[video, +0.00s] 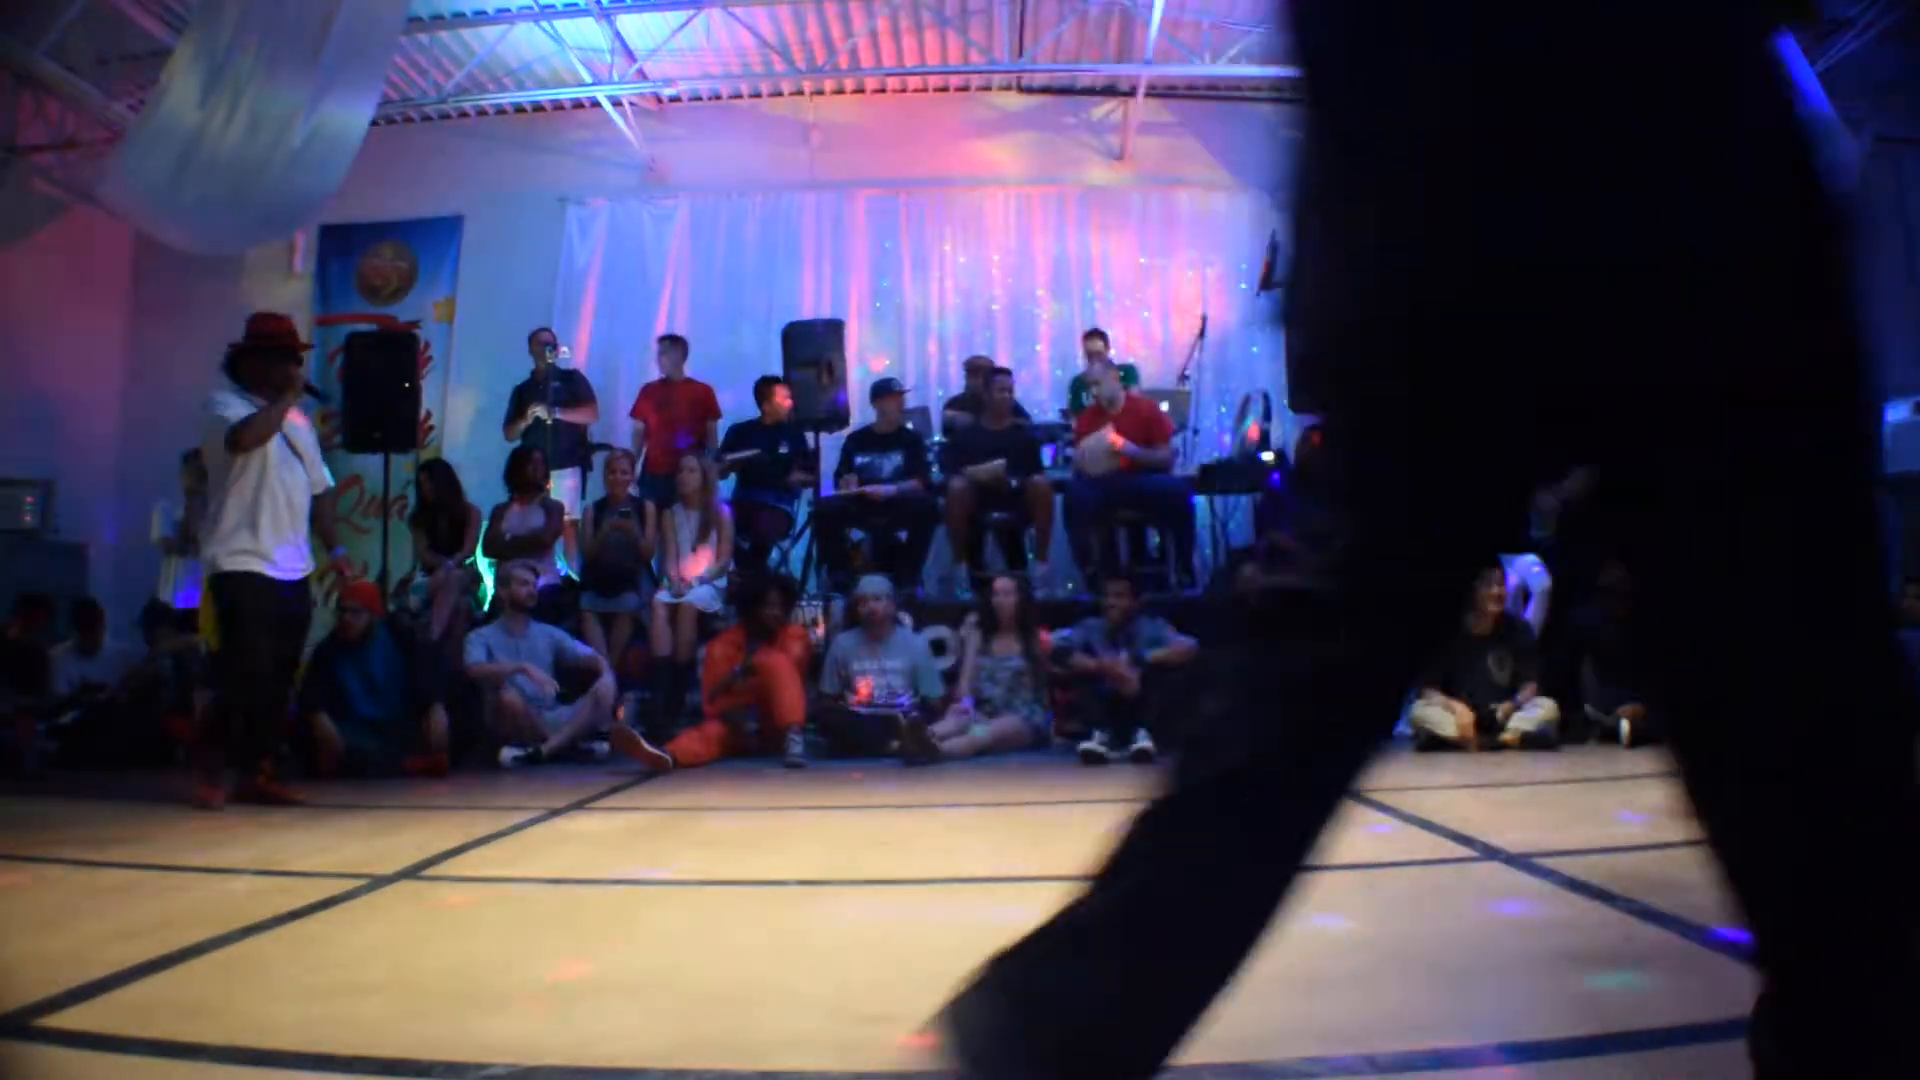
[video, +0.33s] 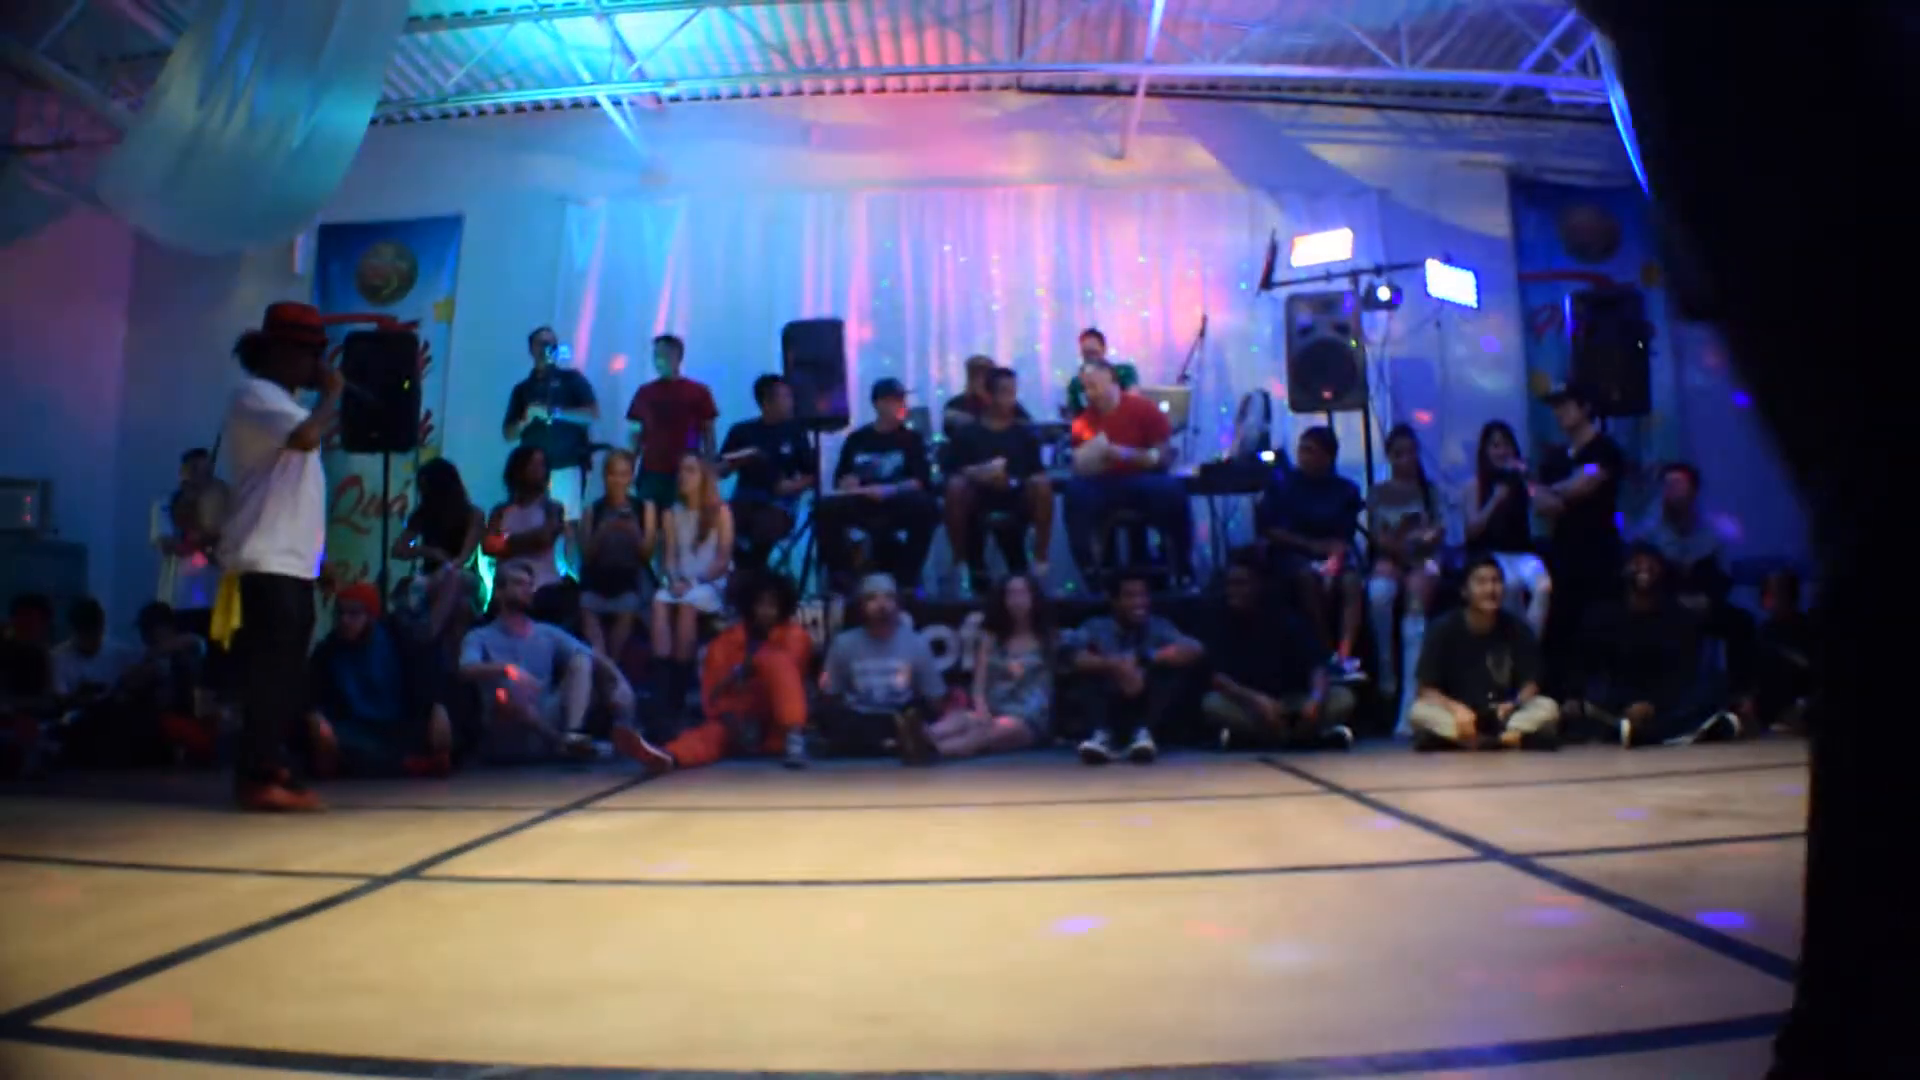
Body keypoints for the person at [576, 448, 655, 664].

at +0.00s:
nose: (618, 478)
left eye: (624, 473)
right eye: (613, 473)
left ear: (632, 476)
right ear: (605, 476)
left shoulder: (645, 507)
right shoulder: (592, 509)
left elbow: (647, 551)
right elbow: (587, 552)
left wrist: (631, 531)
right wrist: (606, 532)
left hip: (631, 570)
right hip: (600, 571)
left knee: (626, 605)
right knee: (587, 607)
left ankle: (609, 668)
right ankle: (602, 669)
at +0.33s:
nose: (617, 480)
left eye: (623, 474)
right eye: (612, 474)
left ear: (631, 477)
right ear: (604, 476)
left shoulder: (644, 508)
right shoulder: (592, 510)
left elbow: (646, 547)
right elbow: (586, 550)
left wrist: (631, 533)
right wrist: (603, 533)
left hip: (629, 568)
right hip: (599, 569)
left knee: (626, 604)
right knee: (587, 603)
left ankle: (612, 662)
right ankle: (599, 659)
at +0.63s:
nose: (622, 480)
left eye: (627, 474)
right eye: (617, 474)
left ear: (634, 477)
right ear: (609, 477)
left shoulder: (647, 508)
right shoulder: (598, 509)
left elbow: (650, 548)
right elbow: (591, 549)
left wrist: (633, 532)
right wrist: (607, 533)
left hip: (633, 570)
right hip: (603, 570)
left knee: (629, 606)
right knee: (591, 605)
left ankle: (613, 665)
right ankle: (604, 665)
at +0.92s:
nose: (619, 477)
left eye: (625, 471)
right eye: (614, 471)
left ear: (633, 476)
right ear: (606, 475)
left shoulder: (647, 508)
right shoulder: (593, 511)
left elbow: (648, 551)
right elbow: (589, 553)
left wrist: (632, 532)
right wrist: (603, 534)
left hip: (631, 573)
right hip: (601, 573)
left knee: (627, 607)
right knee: (589, 606)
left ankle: (611, 666)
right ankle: (603, 666)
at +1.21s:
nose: (617, 476)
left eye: (623, 471)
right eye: (612, 471)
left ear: (632, 476)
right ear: (605, 475)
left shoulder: (646, 509)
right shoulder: (592, 511)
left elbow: (648, 551)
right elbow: (588, 552)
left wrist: (631, 532)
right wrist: (602, 534)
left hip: (631, 574)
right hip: (599, 574)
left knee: (626, 607)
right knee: (589, 606)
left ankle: (612, 667)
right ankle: (601, 667)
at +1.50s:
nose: (618, 476)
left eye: (623, 471)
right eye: (612, 471)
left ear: (631, 476)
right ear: (605, 475)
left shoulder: (646, 509)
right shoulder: (592, 511)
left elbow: (647, 551)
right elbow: (588, 553)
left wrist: (630, 533)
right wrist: (600, 534)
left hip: (631, 576)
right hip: (599, 576)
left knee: (625, 612)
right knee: (588, 609)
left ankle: (611, 672)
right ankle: (601, 672)